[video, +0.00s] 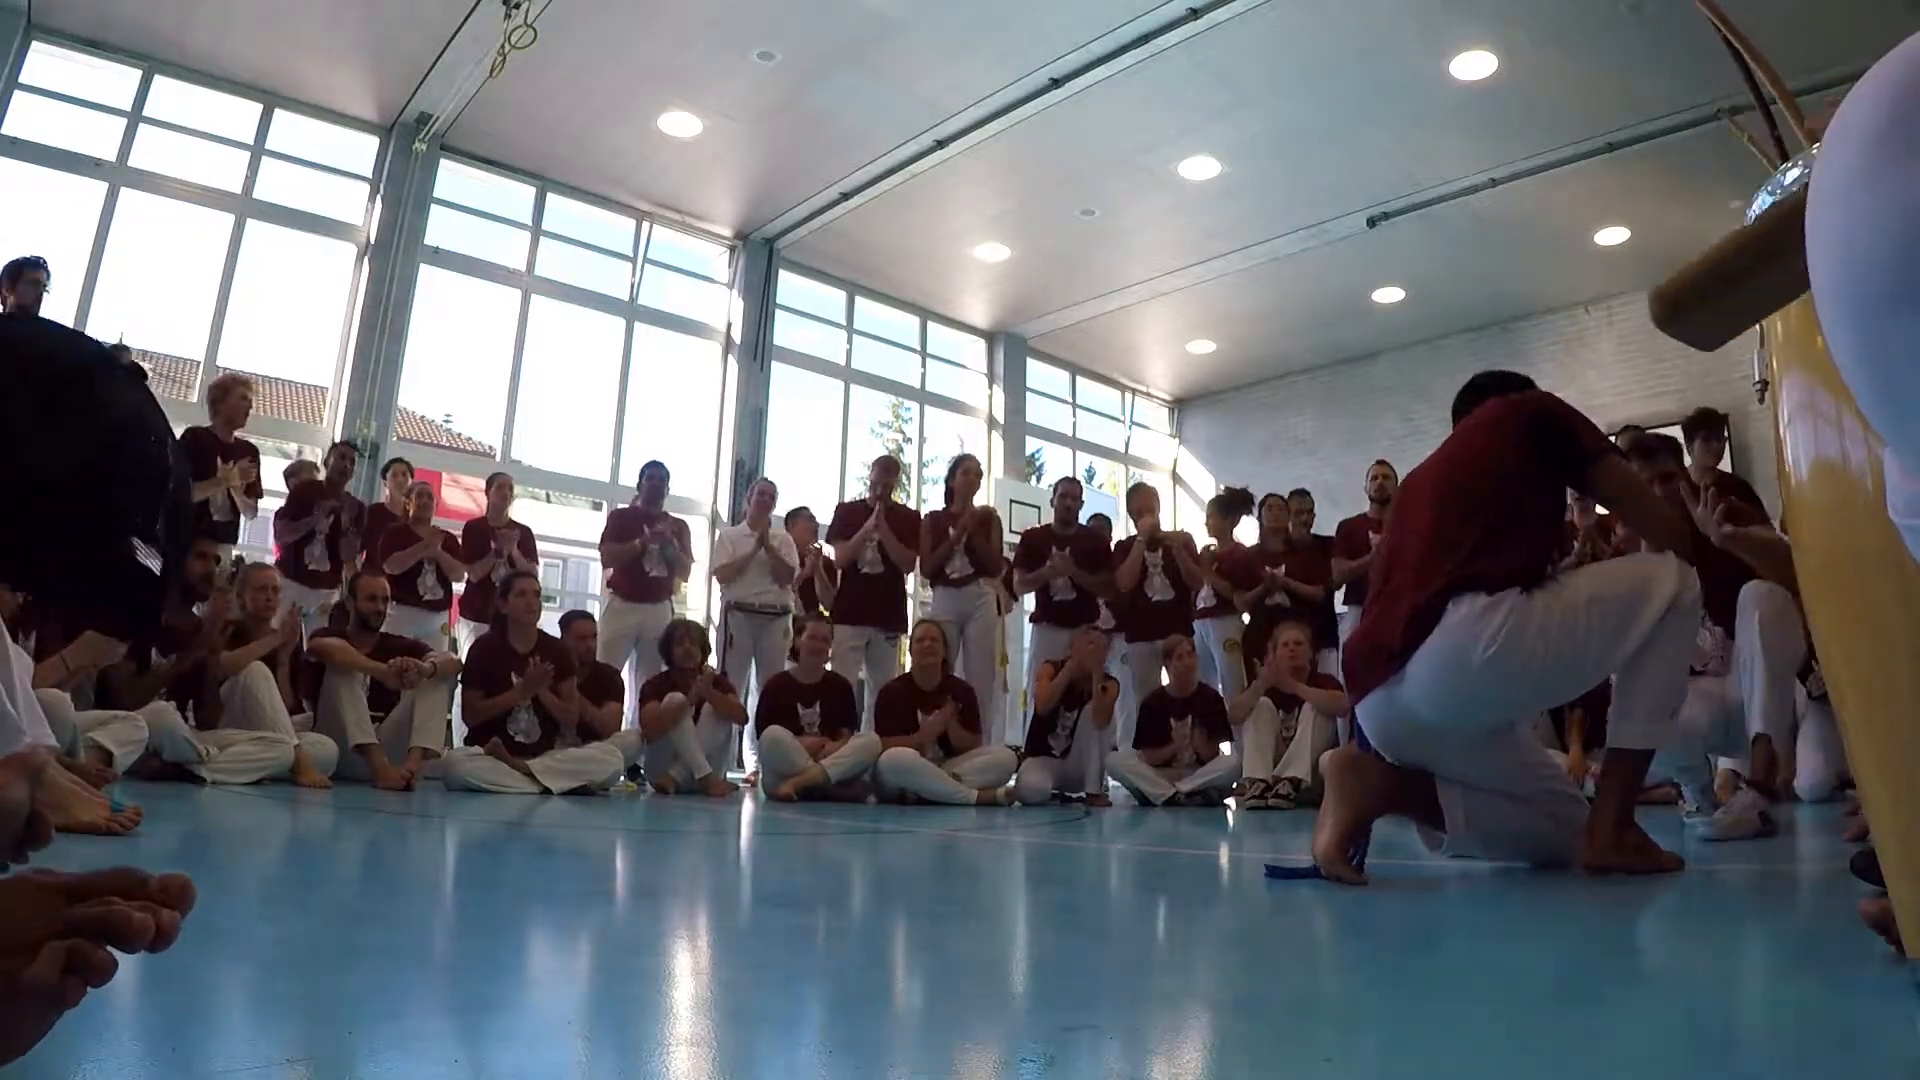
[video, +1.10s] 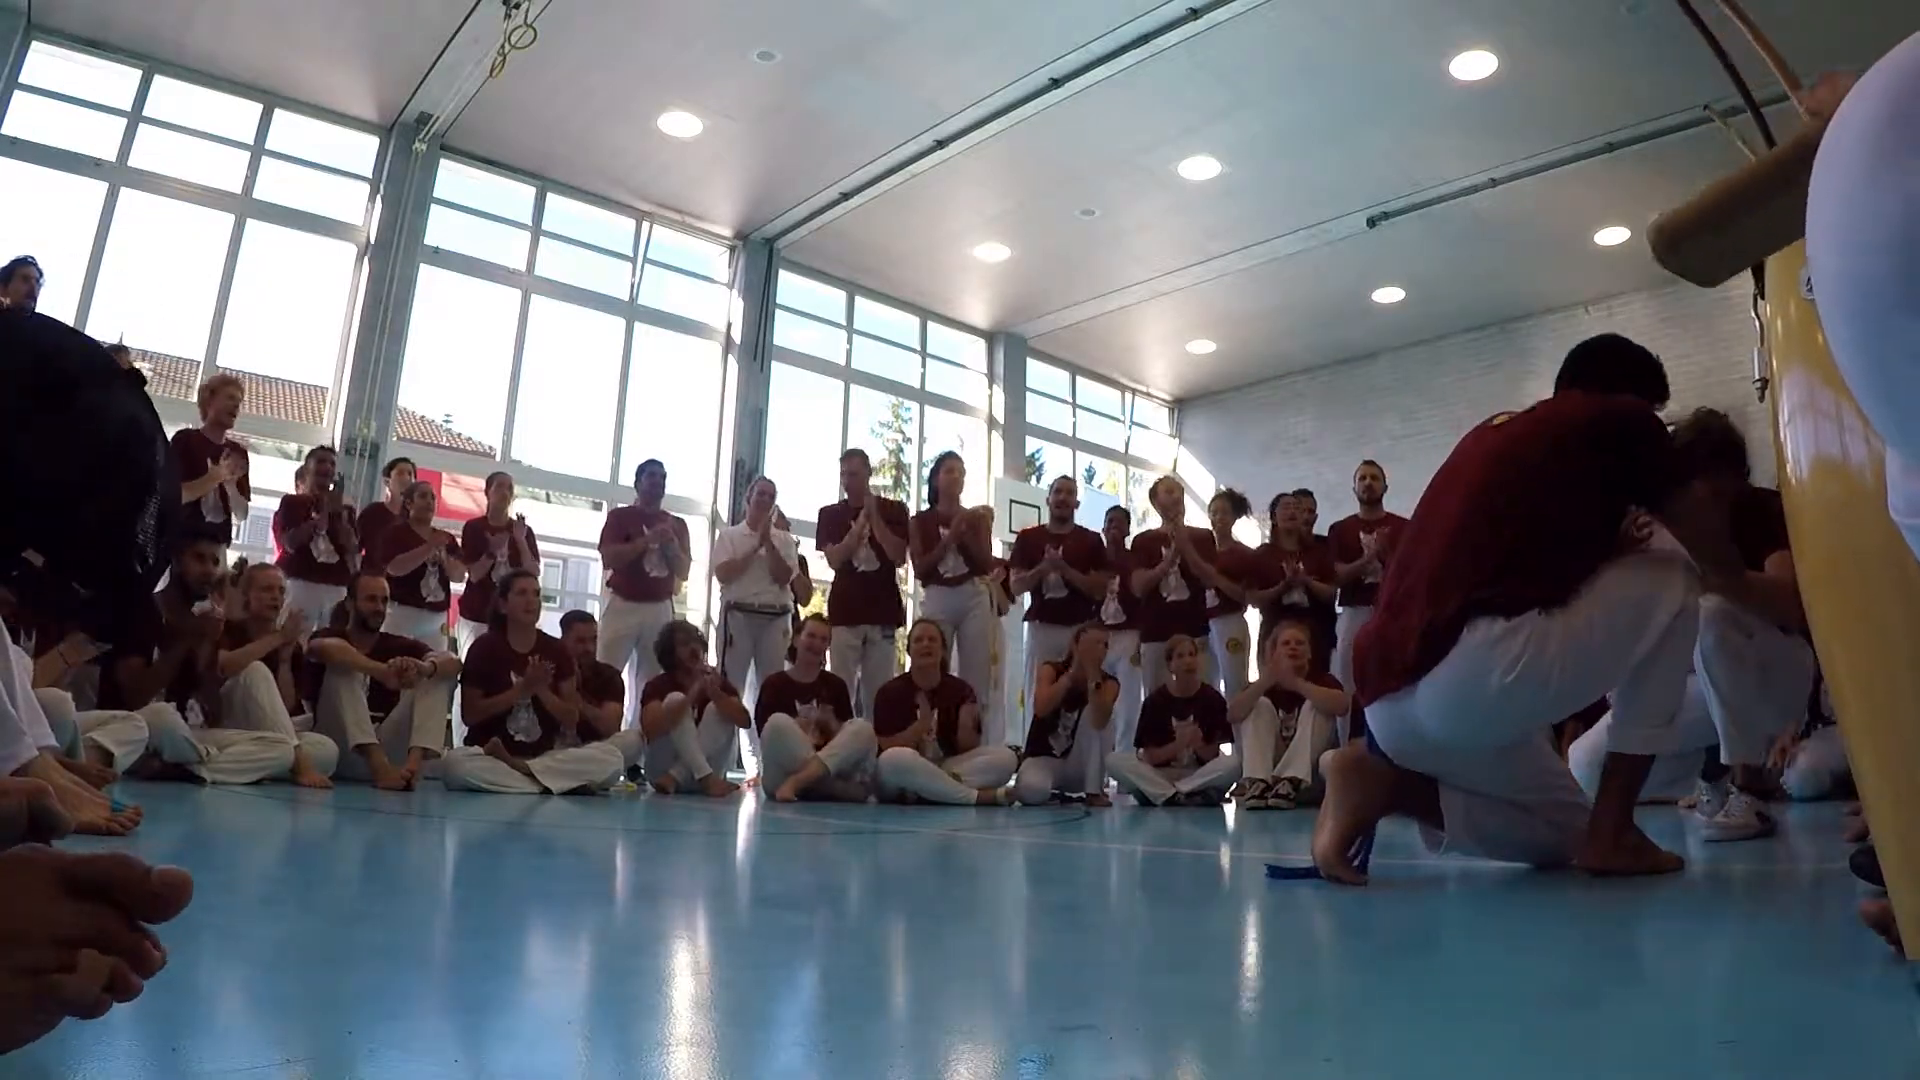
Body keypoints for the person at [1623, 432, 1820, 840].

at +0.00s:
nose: (1659, 493)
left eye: (1667, 480)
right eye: (1646, 485)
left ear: (1686, 475)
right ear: (1632, 490)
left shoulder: (1727, 493)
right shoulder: (1637, 531)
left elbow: (1783, 567)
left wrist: (1722, 535)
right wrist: (1644, 533)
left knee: (1760, 596)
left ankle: (1762, 769)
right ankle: (1697, 783)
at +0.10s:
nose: (1669, 491)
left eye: (1677, 476)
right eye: (1654, 484)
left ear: (1697, 474)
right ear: (1635, 491)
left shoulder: (1728, 507)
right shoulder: (1636, 541)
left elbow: (1785, 572)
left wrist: (1731, 535)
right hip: (1689, 684)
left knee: (1744, 596)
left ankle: (1754, 790)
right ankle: (1695, 778)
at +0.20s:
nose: (1673, 485)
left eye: (1684, 473)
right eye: (1661, 477)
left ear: (1705, 474)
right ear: (1645, 483)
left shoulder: (1733, 503)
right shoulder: (1639, 533)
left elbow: (1771, 564)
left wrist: (1728, 540)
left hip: (1754, 686)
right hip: (1684, 692)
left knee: (1737, 596)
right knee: (1629, 712)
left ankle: (1753, 793)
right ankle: (1697, 778)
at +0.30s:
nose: (1678, 482)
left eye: (1692, 468)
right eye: (1668, 471)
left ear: (1723, 467)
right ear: (1655, 477)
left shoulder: (1747, 504)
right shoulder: (1649, 523)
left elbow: (1760, 556)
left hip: (1766, 685)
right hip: (1695, 689)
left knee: (1733, 598)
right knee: (1619, 722)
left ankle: (1749, 793)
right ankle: (1699, 780)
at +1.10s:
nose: (1703, 497)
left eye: (1713, 484)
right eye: (1690, 486)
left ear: (1736, 478)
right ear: (1669, 484)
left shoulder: (1765, 511)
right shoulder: (1649, 524)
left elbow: (1790, 603)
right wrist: (1618, 553)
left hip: (1778, 676)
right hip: (1692, 682)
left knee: (1715, 614)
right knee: (1587, 765)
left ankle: (1747, 787)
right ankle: (1718, 772)